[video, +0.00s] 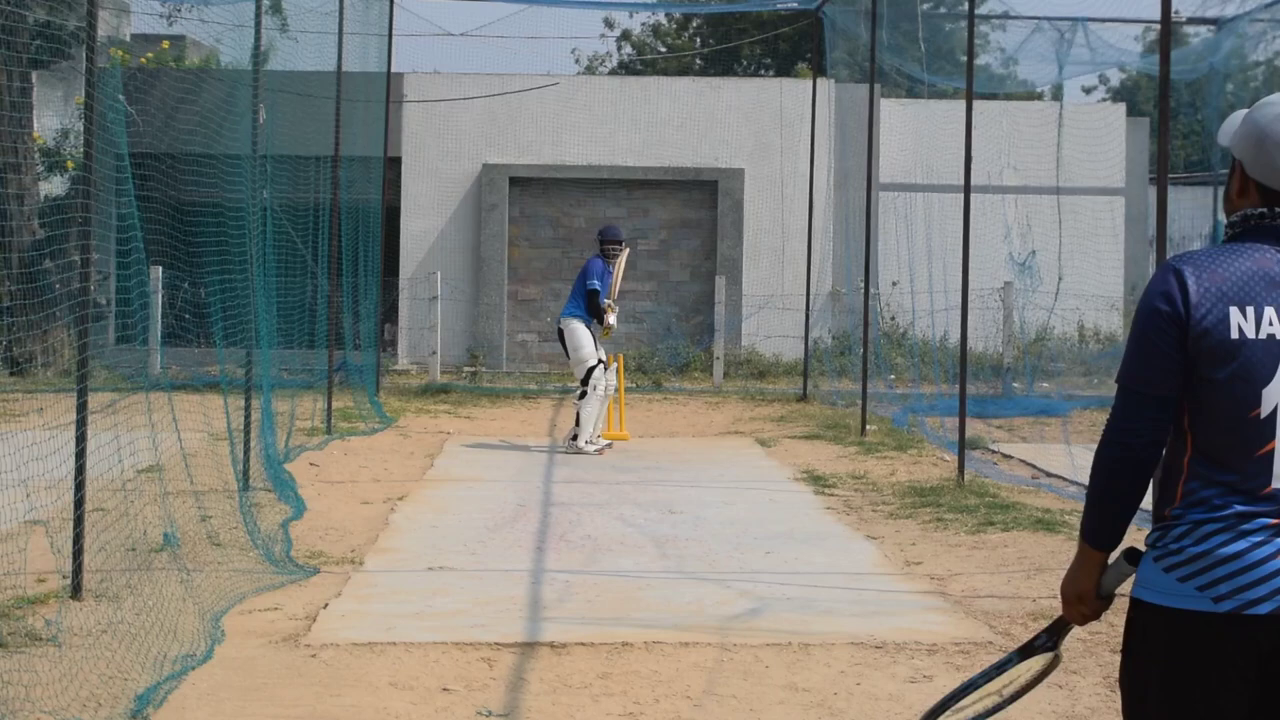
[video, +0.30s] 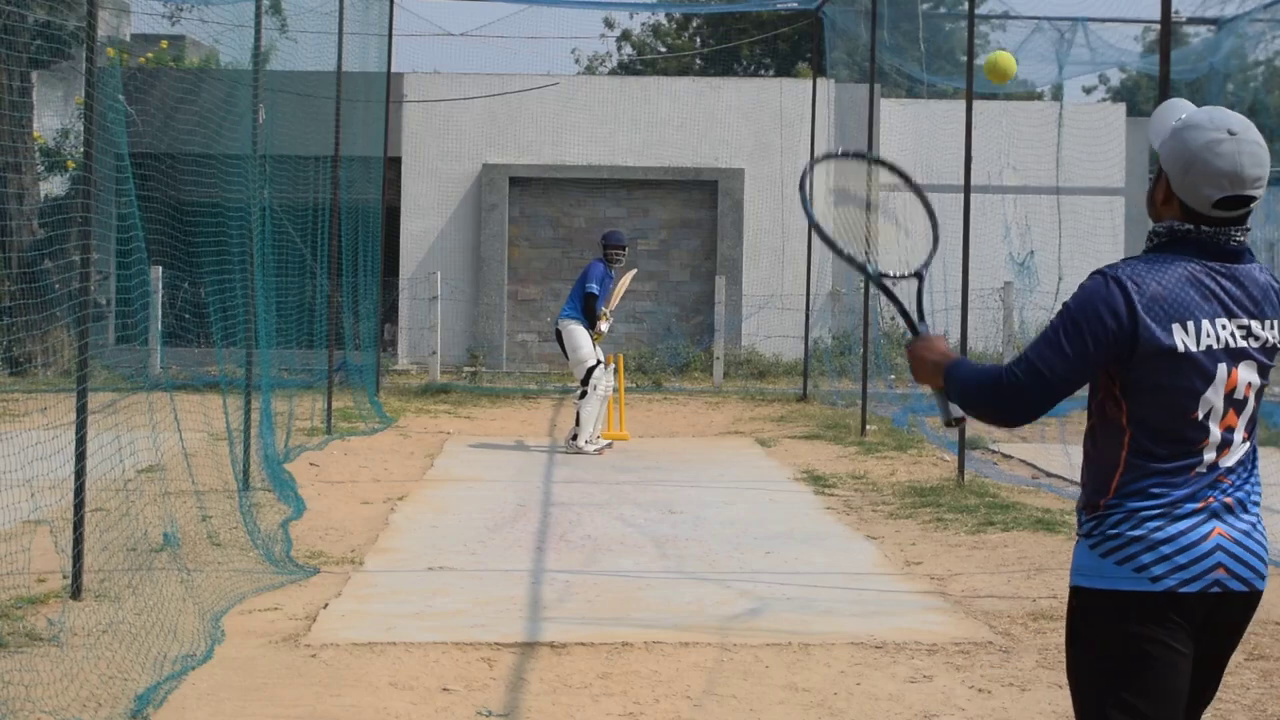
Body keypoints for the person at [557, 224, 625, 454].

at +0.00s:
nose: (612, 250)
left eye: (616, 246)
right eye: (608, 245)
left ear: (621, 247)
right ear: (601, 245)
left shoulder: (608, 269)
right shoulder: (595, 264)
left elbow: (600, 299)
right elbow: (592, 299)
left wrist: (608, 307)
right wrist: (604, 320)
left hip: (586, 324)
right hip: (573, 323)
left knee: (607, 380)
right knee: (595, 379)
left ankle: (591, 436)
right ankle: (579, 439)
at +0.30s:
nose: (616, 254)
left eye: (620, 251)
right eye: (612, 250)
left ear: (625, 252)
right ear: (604, 250)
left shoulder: (609, 274)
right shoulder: (597, 268)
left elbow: (600, 304)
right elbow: (589, 302)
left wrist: (604, 316)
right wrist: (595, 326)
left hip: (583, 326)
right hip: (572, 325)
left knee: (606, 380)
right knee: (595, 379)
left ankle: (590, 436)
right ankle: (580, 439)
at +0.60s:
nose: (622, 260)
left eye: (626, 256)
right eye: (618, 255)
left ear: (631, 258)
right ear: (610, 254)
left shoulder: (614, 278)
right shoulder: (603, 271)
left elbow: (605, 304)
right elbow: (597, 302)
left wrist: (605, 317)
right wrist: (597, 324)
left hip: (583, 326)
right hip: (569, 323)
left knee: (604, 380)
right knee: (590, 379)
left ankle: (590, 435)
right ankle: (579, 439)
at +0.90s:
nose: (629, 279)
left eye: (633, 275)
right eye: (626, 274)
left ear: (637, 277)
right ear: (618, 272)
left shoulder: (623, 293)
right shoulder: (606, 289)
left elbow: (620, 312)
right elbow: (603, 328)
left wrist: (622, 317)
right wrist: (617, 332)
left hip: (585, 332)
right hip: (569, 328)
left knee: (612, 383)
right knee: (593, 379)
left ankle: (587, 434)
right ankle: (597, 441)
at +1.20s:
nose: (621, 265)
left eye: (626, 262)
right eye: (618, 259)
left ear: (630, 264)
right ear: (610, 258)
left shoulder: (624, 286)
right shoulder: (598, 274)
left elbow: (637, 317)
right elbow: (609, 296)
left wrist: (647, 298)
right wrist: (641, 295)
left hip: (604, 339)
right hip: (583, 334)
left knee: (626, 394)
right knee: (607, 378)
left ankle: (592, 429)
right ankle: (601, 443)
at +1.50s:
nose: (629, 248)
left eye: (635, 245)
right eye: (626, 243)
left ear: (643, 246)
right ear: (622, 243)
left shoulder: (643, 263)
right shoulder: (613, 257)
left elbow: (623, 272)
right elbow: (599, 261)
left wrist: (595, 264)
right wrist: (585, 260)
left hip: (619, 325)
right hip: (593, 319)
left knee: (613, 380)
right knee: (588, 370)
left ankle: (609, 431)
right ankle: (592, 421)